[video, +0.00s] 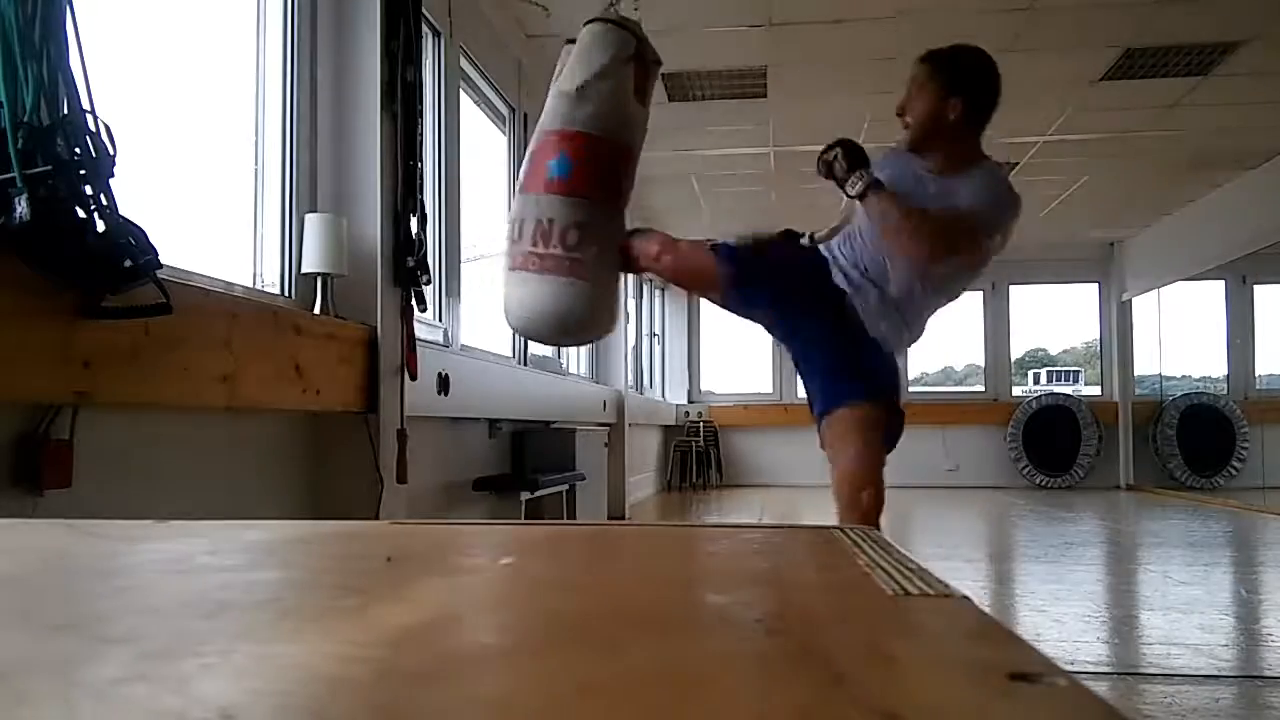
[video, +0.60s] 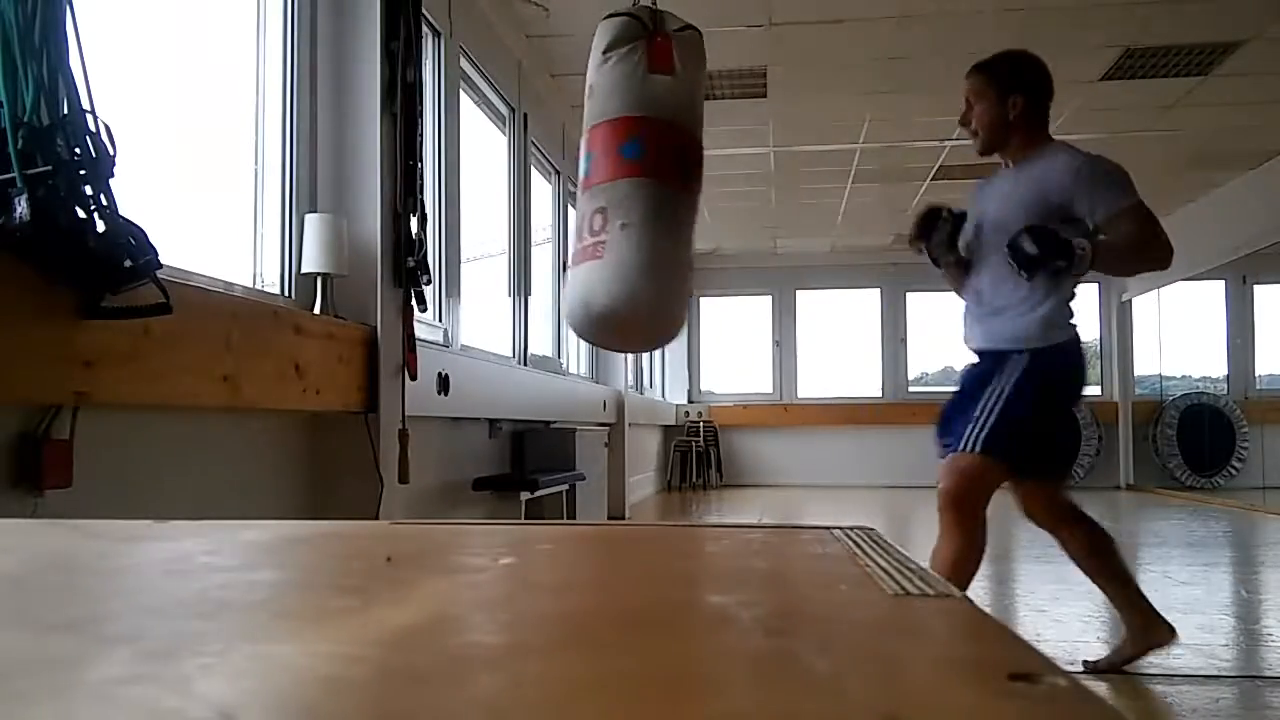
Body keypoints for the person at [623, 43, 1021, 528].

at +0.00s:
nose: (900, 106)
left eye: (914, 93)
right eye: (905, 92)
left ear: (953, 108)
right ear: (948, 109)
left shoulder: (993, 196)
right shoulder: (896, 160)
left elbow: (925, 246)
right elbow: (844, 236)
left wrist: (861, 183)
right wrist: (793, 248)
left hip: (863, 344)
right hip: (811, 276)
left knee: (860, 487)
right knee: (665, 256)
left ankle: (856, 622)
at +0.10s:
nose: (936, 108)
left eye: (953, 98)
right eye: (943, 96)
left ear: (994, 114)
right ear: (982, 111)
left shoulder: (1015, 221)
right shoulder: (925, 157)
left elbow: (934, 289)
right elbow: (858, 213)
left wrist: (889, 211)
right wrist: (793, 232)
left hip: (879, 351)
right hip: (830, 281)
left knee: (869, 500)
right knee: (678, 276)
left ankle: (868, 631)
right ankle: (573, 311)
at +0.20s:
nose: (954, 90)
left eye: (970, 80)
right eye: (960, 76)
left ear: (1013, 96)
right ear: (1000, 93)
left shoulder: (1035, 213)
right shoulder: (939, 146)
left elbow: (971, 306)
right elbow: (867, 184)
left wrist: (913, 237)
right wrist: (790, 190)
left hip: (906, 354)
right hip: (850, 293)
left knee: (891, 498)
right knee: (712, 328)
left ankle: (876, 632)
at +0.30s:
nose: (960, 77)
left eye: (973, 65)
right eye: (965, 64)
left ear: (1018, 76)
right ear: (1009, 76)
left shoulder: (1049, 187)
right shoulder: (948, 138)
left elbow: (1036, 299)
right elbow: (877, 186)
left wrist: (964, 262)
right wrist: (843, 168)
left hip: (934, 350)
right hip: (875, 303)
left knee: (901, 494)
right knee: (770, 394)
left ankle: (891, 615)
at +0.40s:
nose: (964, 71)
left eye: (978, 59)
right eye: (968, 58)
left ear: (1020, 70)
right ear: (1010, 70)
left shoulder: (1062, 169)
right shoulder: (954, 140)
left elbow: (1107, 266)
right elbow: (890, 218)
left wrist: (1028, 267)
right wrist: (897, 183)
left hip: (955, 348)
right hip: (897, 321)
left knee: (911, 497)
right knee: (851, 446)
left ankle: (899, 630)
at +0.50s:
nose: (966, 82)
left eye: (978, 70)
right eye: (967, 70)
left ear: (1021, 78)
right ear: (1006, 79)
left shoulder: (1073, 157)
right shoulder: (965, 151)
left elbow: (1143, 241)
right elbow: (925, 250)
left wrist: (1070, 261)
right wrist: (921, 211)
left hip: (989, 340)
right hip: (942, 334)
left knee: (935, 487)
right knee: (958, 478)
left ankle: (913, 628)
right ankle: (1063, 584)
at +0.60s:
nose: (965, 119)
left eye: (974, 106)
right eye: (965, 106)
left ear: (1016, 107)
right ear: (1008, 111)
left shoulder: (1078, 172)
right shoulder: (988, 190)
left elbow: (1154, 251)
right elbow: (979, 289)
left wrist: (1082, 255)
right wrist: (946, 256)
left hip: (1038, 355)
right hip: (996, 356)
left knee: (959, 488)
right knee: (1044, 503)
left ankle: (929, 637)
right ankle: (1143, 622)